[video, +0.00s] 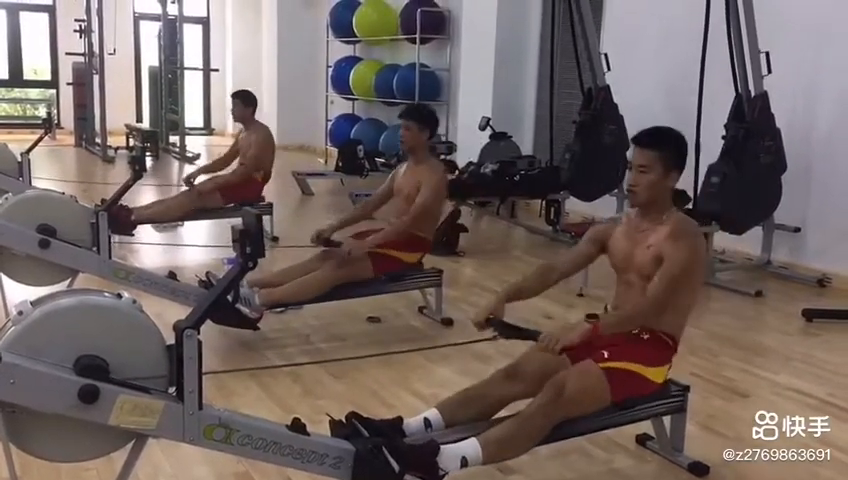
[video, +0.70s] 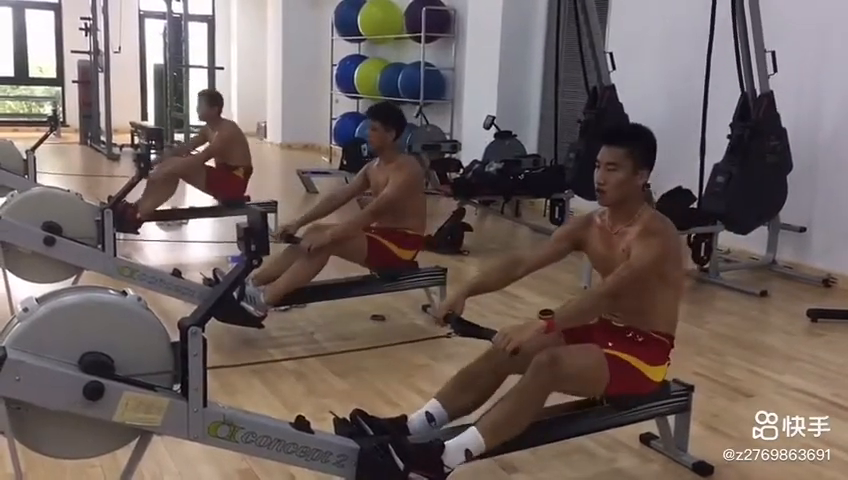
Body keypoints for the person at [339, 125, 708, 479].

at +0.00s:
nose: (632, 179)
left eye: (644, 171)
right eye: (631, 169)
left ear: (674, 177)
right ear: (629, 172)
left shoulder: (684, 238)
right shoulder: (614, 229)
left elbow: (645, 312)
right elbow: (555, 269)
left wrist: (584, 331)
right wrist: (504, 298)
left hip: (649, 348)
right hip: (607, 332)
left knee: (557, 394)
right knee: (515, 374)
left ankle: (444, 462)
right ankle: (407, 430)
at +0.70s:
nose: (600, 177)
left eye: (613, 169)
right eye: (599, 167)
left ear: (642, 177)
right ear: (596, 170)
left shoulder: (658, 234)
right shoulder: (588, 224)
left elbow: (607, 295)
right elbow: (520, 264)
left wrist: (542, 329)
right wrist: (464, 289)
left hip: (642, 353)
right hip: (594, 332)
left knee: (547, 364)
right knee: (505, 350)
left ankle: (446, 458)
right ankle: (412, 429)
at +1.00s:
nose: (567, 176)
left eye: (579, 168)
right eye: (566, 166)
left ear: (611, 177)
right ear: (565, 168)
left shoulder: (625, 235)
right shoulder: (558, 224)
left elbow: (570, 289)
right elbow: (486, 262)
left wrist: (500, 323)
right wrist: (426, 288)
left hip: (621, 358)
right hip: (578, 339)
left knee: (530, 342)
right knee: (481, 327)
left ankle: (448, 455)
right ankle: (413, 426)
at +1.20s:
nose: (538, 177)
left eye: (551, 168)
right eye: (539, 166)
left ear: (581, 177)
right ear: (536, 168)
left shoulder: (596, 235)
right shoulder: (531, 226)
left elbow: (541, 291)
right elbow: (457, 260)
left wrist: (462, 326)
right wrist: (392, 287)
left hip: (599, 365)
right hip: (560, 348)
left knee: (512, 335)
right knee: (464, 319)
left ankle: (449, 453)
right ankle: (414, 424)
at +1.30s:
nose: (519, 178)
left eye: (532, 169)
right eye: (518, 167)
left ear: (563, 176)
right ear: (514, 167)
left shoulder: (576, 237)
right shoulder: (512, 226)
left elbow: (518, 294)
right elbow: (439, 261)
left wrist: (436, 327)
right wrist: (371, 286)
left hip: (585, 368)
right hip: (544, 349)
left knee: (502, 331)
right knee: (452, 309)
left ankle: (447, 453)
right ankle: (415, 425)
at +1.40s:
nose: (497, 180)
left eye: (510, 171)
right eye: (495, 169)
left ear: (542, 178)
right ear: (492, 169)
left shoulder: (555, 240)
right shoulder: (491, 228)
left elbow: (494, 297)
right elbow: (418, 263)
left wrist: (407, 329)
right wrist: (346, 289)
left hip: (571, 373)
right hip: (524, 360)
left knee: (489, 325)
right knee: (437, 299)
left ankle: (447, 449)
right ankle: (416, 424)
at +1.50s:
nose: (472, 183)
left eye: (485, 173)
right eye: (472, 171)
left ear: (517, 180)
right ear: (470, 173)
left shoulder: (533, 243)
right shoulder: (468, 232)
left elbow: (475, 301)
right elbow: (392, 267)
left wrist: (385, 331)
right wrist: (317, 294)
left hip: (553, 382)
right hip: (505, 372)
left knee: (475, 318)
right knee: (427, 298)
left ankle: (446, 451)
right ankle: (414, 421)